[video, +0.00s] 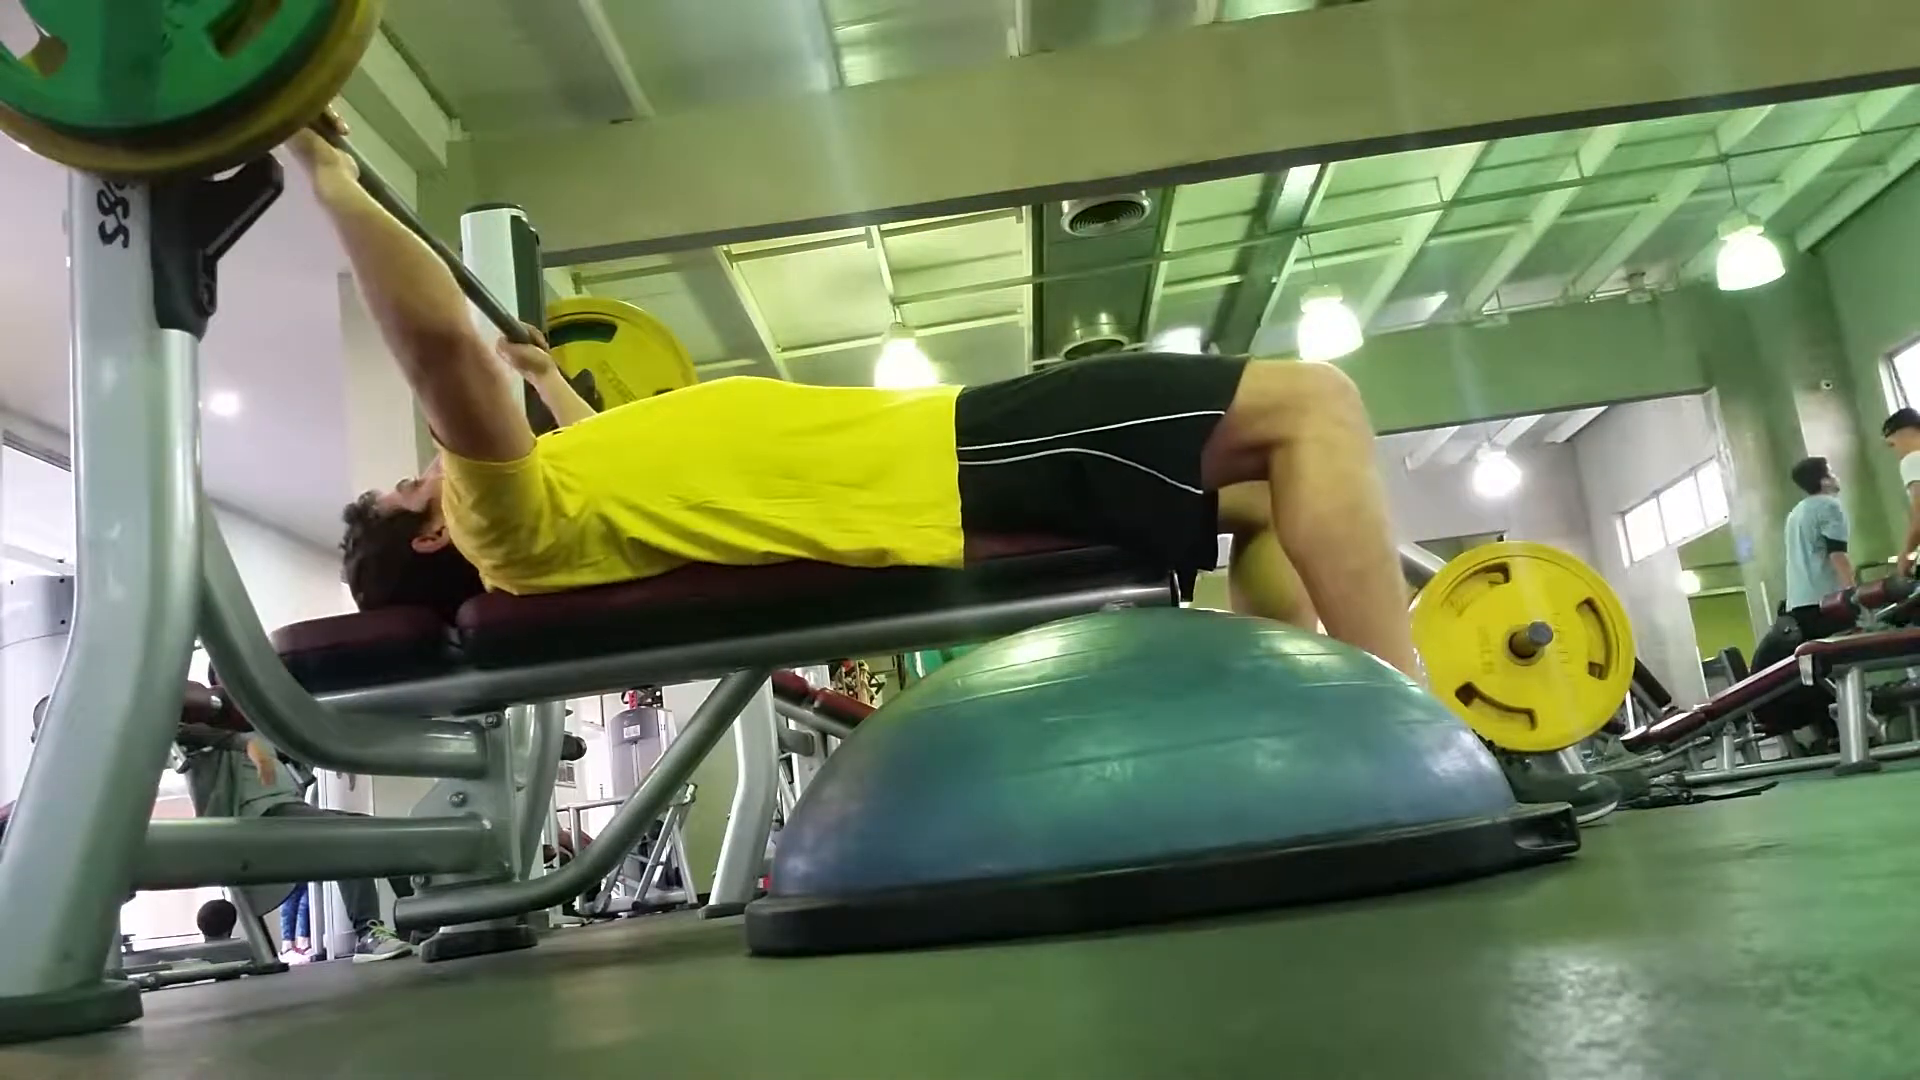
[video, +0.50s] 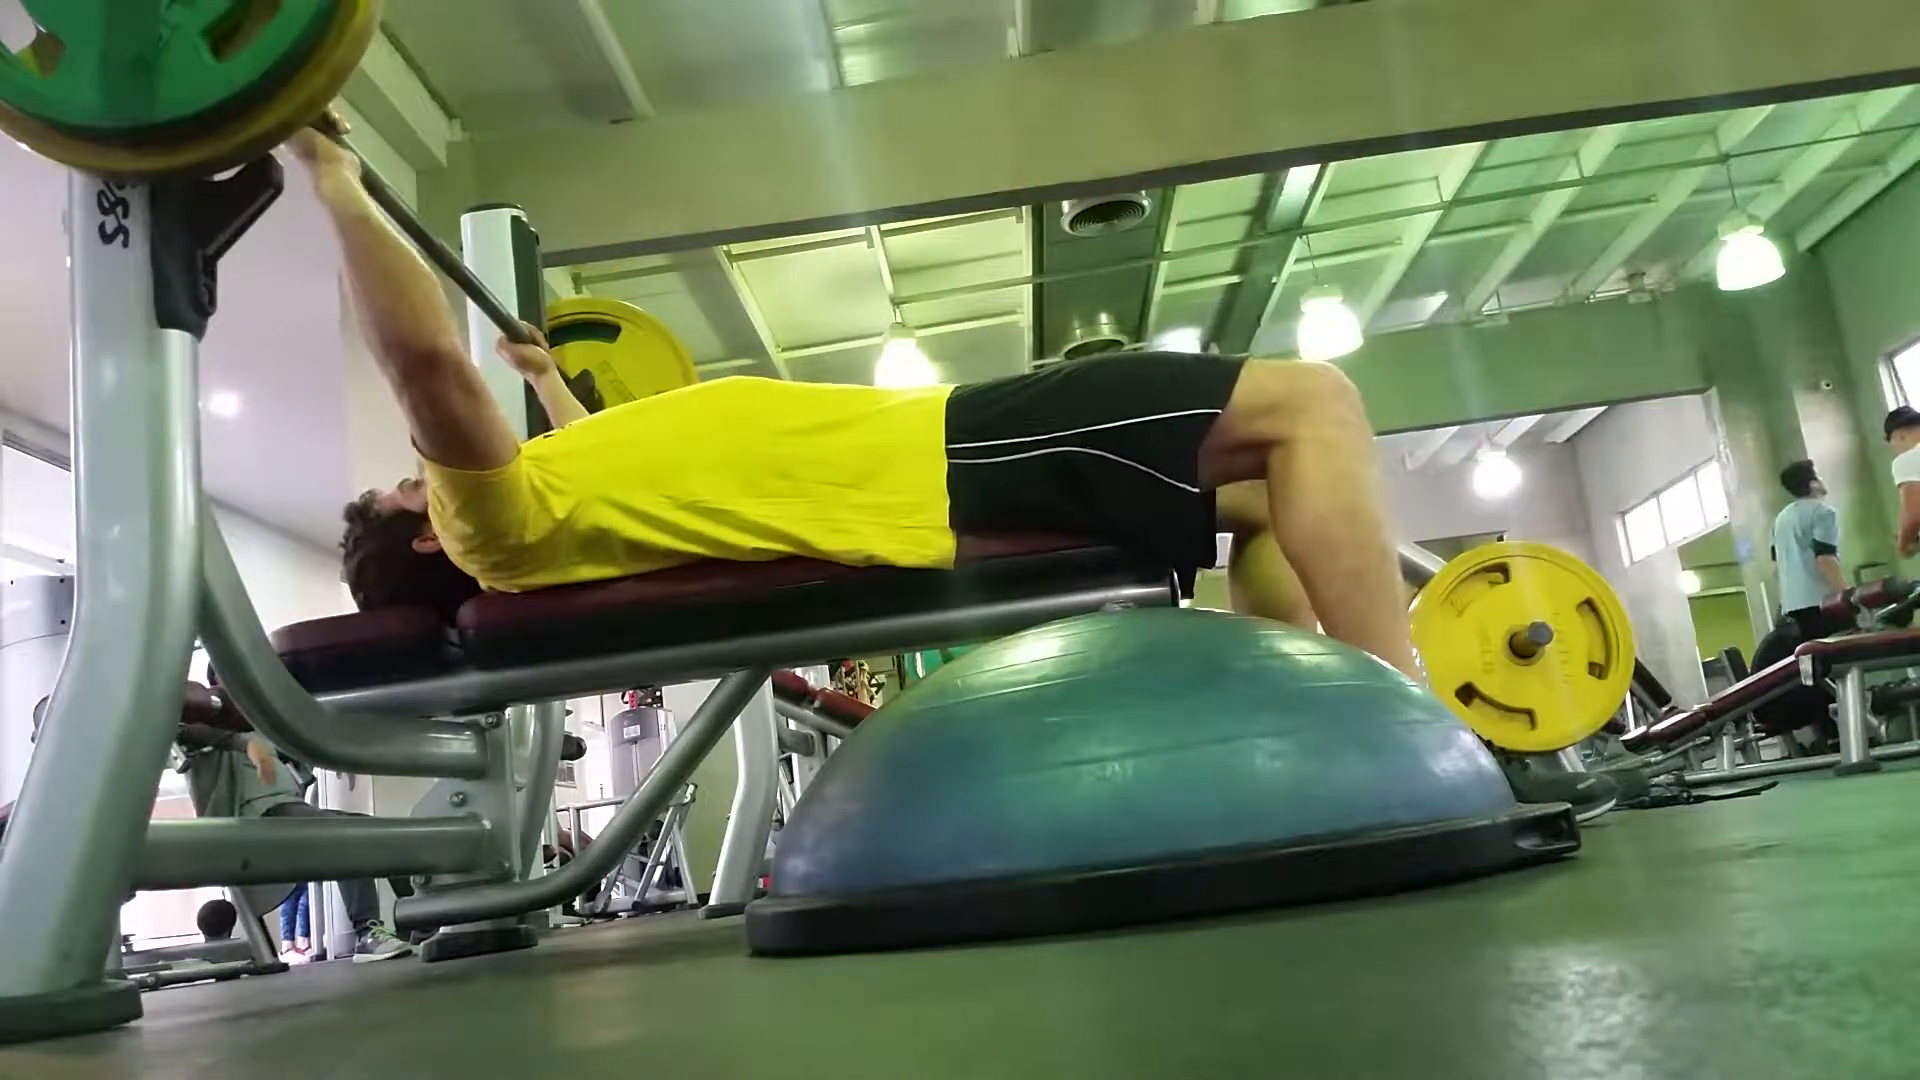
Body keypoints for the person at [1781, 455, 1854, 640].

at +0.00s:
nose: (1835, 476)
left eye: (1831, 471)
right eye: (1830, 472)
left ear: (1808, 485)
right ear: (1823, 480)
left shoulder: (1795, 513)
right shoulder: (1829, 505)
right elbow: (1837, 555)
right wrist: (1854, 596)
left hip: (1798, 605)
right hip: (1827, 603)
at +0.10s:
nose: (1835, 473)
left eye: (1830, 469)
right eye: (1829, 470)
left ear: (1806, 483)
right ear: (1822, 478)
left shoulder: (1793, 509)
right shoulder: (1833, 504)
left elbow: (1785, 549)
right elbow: (1838, 550)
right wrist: (1851, 592)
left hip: (1799, 602)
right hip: (1829, 599)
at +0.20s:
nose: (1833, 472)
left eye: (1829, 467)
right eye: (1828, 469)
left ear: (1803, 482)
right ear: (1822, 477)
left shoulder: (1789, 511)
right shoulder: (1833, 502)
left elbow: (1775, 557)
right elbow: (1828, 545)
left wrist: (1790, 588)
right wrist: (1851, 586)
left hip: (1798, 601)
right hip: (1827, 598)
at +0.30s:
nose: (1831, 473)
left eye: (1827, 468)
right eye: (1825, 469)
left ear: (1801, 483)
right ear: (1819, 477)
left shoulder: (1785, 514)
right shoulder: (1830, 503)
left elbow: (1777, 558)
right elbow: (1823, 548)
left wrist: (1784, 590)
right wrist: (1845, 591)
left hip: (1798, 603)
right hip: (1827, 600)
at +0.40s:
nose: (1824, 476)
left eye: (1820, 472)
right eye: (1819, 473)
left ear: (1796, 486)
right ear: (1813, 479)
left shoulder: (1782, 517)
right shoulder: (1825, 508)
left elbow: (1777, 566)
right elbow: (1825, 558)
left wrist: (1792, 593)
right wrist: (1847, 594)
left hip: (1795, 607)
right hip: (1825, 603)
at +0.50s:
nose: (1821, 480)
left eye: (1817, 475)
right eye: (1817, 476)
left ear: (1794, 489)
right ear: (1811, 483)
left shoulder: (1780, 518)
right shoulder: (1822, 511)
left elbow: (1776, 556)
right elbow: (1825, 560)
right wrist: (1849, 596)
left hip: (1793, 607)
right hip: (1823, 603)